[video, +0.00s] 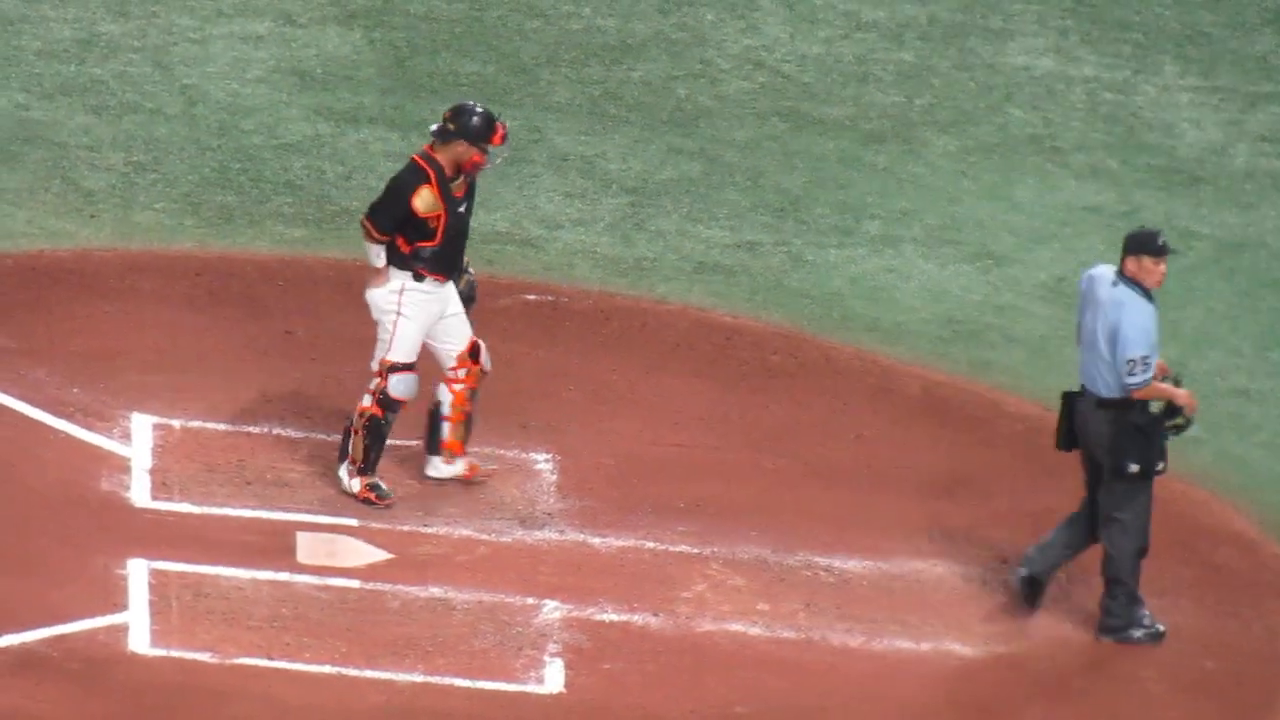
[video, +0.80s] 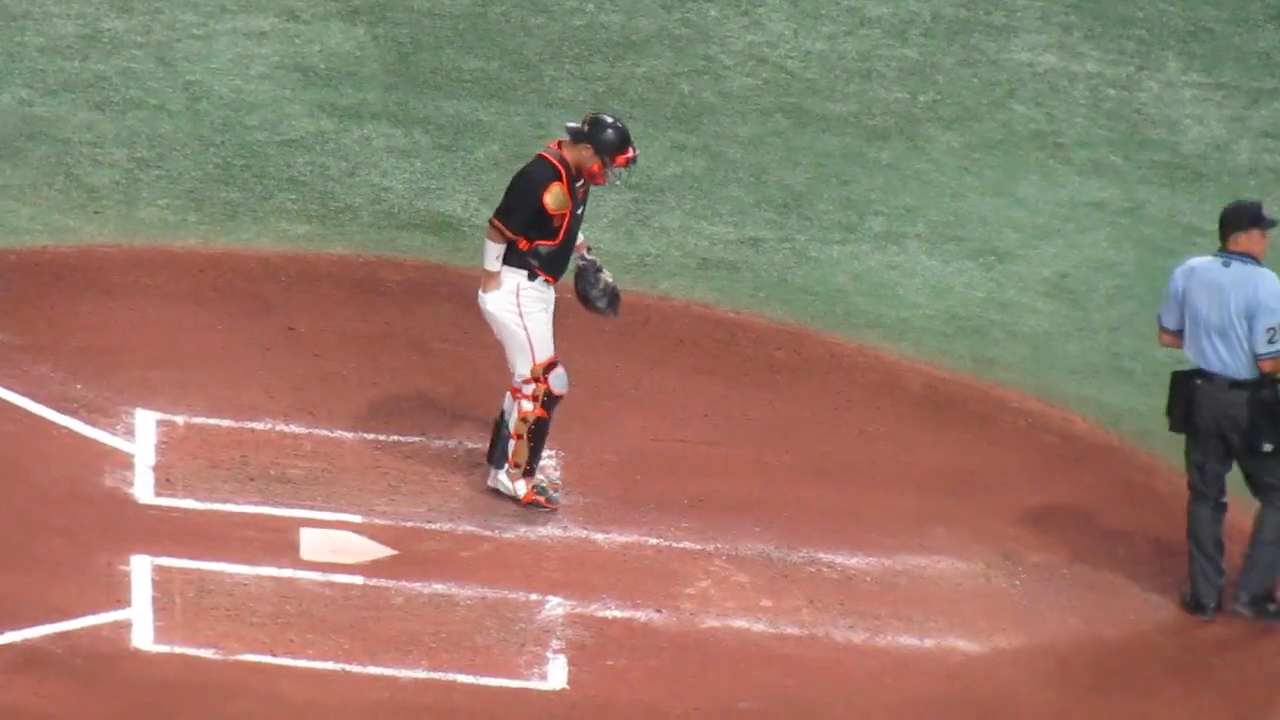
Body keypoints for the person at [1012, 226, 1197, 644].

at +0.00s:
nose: (1163, 269)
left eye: (1163, 261)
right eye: (1155, 261)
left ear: (1130, 264)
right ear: (1132, 263)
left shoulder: (1096, 278)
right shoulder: (1137, 312)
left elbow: (1097, 339)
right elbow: (1137, 384)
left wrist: (1146, 364)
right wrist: (1176, 395)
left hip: (1089, 409)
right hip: (1121, 420)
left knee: (1097, 512)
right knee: (1127, 526)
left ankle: (1035, 569)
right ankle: (1120, 617)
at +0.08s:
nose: (1181, 266)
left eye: (1181, 258)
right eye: (1174, 258)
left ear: (1145, 259)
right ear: (1150, 259)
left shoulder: (1110, 273)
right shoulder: (1156, 309)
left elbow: (1098, 331)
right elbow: (1158, 380)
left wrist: (1157, 353)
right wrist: (1189, 390)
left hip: (1101, 407)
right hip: (1133, 418)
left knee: (1123, 503)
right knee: (1134, 517)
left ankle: (1078, 573)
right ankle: (1122, 614)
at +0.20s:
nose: (1202, 268)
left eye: (1202, 261)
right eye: (1197, 261)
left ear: (1169, 262)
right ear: (1173, 262)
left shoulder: (1127, 276)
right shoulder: (1181, 311)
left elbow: (1112, 336)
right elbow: (1182, 384)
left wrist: (1171, 353)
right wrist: (1209, 389)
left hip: (1121, 409)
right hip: (1152, 420)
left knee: (1155, 508)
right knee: (1145, 517)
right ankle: (1123, 619)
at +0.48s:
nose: (1235, 255)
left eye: (1233, 248)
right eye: (1229, 249)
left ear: (1199, 253)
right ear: (1207, 252)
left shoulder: (1159, 275)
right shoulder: (1221, 301)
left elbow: (1144, 336)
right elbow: (1227, 376)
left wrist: (1194, 334)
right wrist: (1256, 373)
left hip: (1166, 402)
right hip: (1204, 413)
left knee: (1189, 504)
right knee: (1201, 519)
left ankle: (1204, 595)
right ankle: (1136, 603)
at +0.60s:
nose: (1246, 251)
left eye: (1244, 244)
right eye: (1241, 245)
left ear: (1210, 249)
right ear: (1219, 249)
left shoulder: (1171, 277)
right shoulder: (1237, 296)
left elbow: (1154, 340)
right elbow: (1243, 374)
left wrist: (1200, 339)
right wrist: (1269, 372)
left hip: (1178, 404)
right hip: (1218, 413)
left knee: (1196, 504)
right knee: (1244, 515)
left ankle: (1205, 599)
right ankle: (1173, 588)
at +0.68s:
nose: (1256, 247)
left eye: (1254, 239)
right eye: (1250, 240)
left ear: (1218, 244)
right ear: (1229, 243)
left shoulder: (1179, 273)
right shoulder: (1247, 290)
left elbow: (1160, 339)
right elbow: (1253, 368)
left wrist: (1207, 340)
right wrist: (1276, 369)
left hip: (1188, 399)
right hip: (1230, 408)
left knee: (1199, 496)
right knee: (1264, 505)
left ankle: (1204, 594)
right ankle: (1201, 584)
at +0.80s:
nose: (1267, 239)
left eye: (1265, 232)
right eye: (1263, 233)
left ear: (1227, 237)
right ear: (1247, 237)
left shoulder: (1188, 271)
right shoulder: (1264, 284)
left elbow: (1168, 336)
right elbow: (1269, 361)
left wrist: (1215, 339)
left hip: (1202, 396)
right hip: (1249, 401)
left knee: (1205, 496)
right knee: (1273, 494)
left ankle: (1204, 594)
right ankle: (1255, 592)